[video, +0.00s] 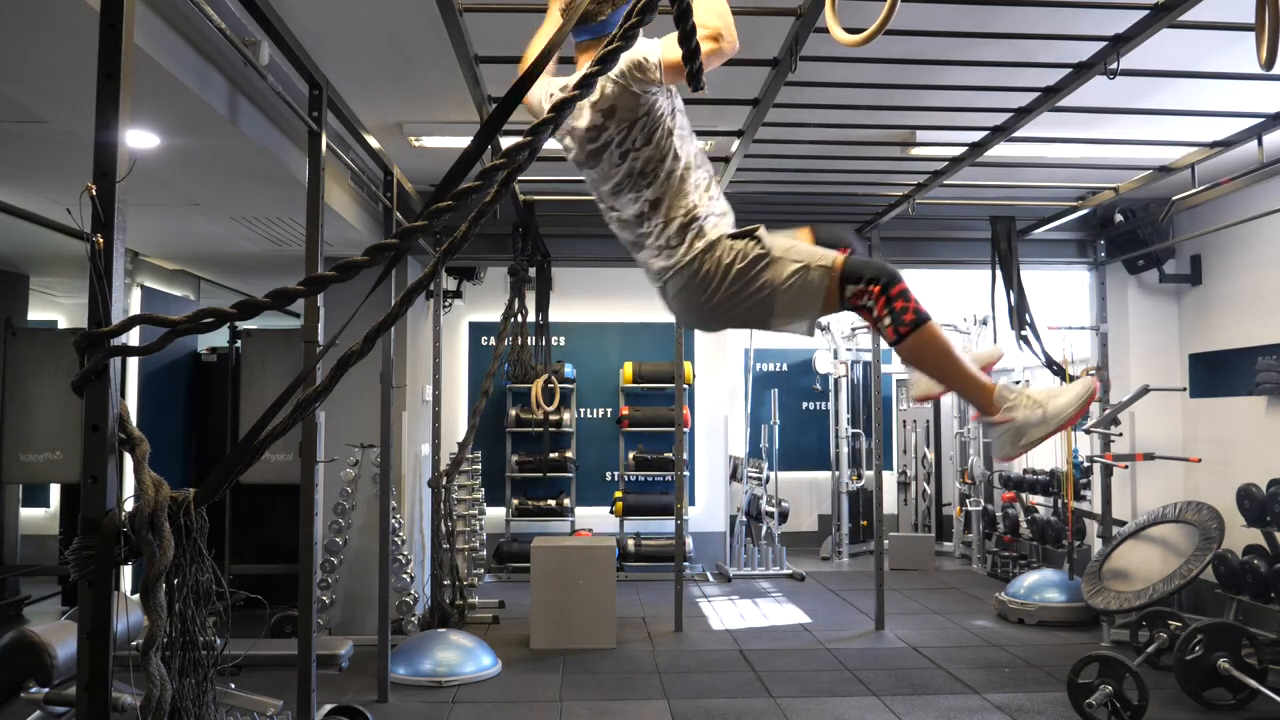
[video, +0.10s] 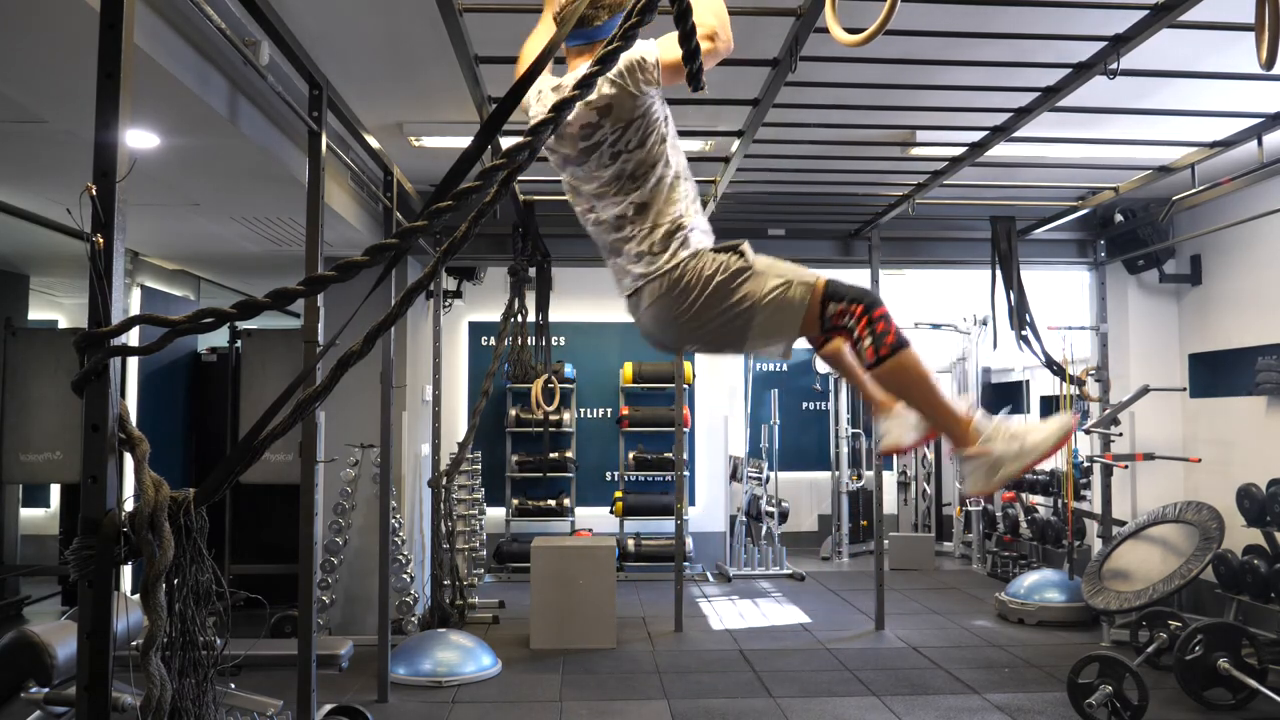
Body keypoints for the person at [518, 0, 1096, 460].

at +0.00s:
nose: (634, 29)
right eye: (629, 23)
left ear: (578, 41)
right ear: (620, 28)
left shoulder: (575, 102)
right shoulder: (628, 72)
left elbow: (532, 90)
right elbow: (720, 39)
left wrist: (550, 25)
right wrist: (703, 8)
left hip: (694, 265)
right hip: (709, 266)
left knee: (829, 243)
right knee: (869, 279)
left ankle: (936, 364)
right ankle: (1003, 411)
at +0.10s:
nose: (631, 33)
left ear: (563, 37)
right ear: (617, 25)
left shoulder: (545, 106)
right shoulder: (627, 71)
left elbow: (533, 87)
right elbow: (713, 40)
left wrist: (554, 30)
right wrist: (695, 5)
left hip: (650, 302)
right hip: (689, 278)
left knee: (815, 304)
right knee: (855, 311)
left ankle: (889, 413)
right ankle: (975, 444)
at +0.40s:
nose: (626, 26)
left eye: (621, 20)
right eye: (622, 18)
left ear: (554, 24)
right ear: (612, 19)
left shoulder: (533, 88)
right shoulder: (618, 66)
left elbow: (533, 59)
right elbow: (705, 42)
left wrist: (554, 20)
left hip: (568, 306)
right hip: (626, 289)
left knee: (673, 433)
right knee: (749, 423)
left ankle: (674, 582)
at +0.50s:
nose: (625, 24)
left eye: (620, 19)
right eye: (624, 17)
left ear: (558, 21)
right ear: (618, 16)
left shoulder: (527, 75)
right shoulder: (619, 69)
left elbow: (527, 34)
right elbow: (704, 41)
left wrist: (573, 1)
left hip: (553, 303)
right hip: (612, 287)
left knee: (633, 443)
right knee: (703, 435)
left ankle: (602, 594)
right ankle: (677, 611)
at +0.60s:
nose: (621, 28)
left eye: (617, 22)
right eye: (617, 20)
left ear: (553, 26)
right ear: (609, 25)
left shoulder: (521, 102)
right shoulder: (616, 75)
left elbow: (537, 61)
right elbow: (696, 49)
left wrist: (562, 21)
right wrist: (694, 2)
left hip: (542, 302)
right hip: (603, 290)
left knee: (596, 452)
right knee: (667, 448)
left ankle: (560, 601)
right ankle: (626, 621)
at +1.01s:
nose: (644, 89)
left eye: (631, 80)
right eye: (638, 81)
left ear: (572, 95)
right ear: (628, 94)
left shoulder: (556, 156)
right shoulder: (641, 137)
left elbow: (569, 67)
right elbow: (697, 50)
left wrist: (570, 15)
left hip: (566, 364)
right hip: (633, 366)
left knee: (556, 524)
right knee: (661, 533)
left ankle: (537, 672)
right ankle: (648, 693)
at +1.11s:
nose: (660, 106)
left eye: (651, 97)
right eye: (652, 100)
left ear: (586, 113)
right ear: (638, 112)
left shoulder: (574, 167)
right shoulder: (649, 155)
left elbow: (577, 84)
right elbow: (689, 68)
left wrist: (568, 18)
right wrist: (696, 4)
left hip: (581, 367)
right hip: (643, 370)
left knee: (567, 524)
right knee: (687, 527)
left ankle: (515, 670)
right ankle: (692, 683)